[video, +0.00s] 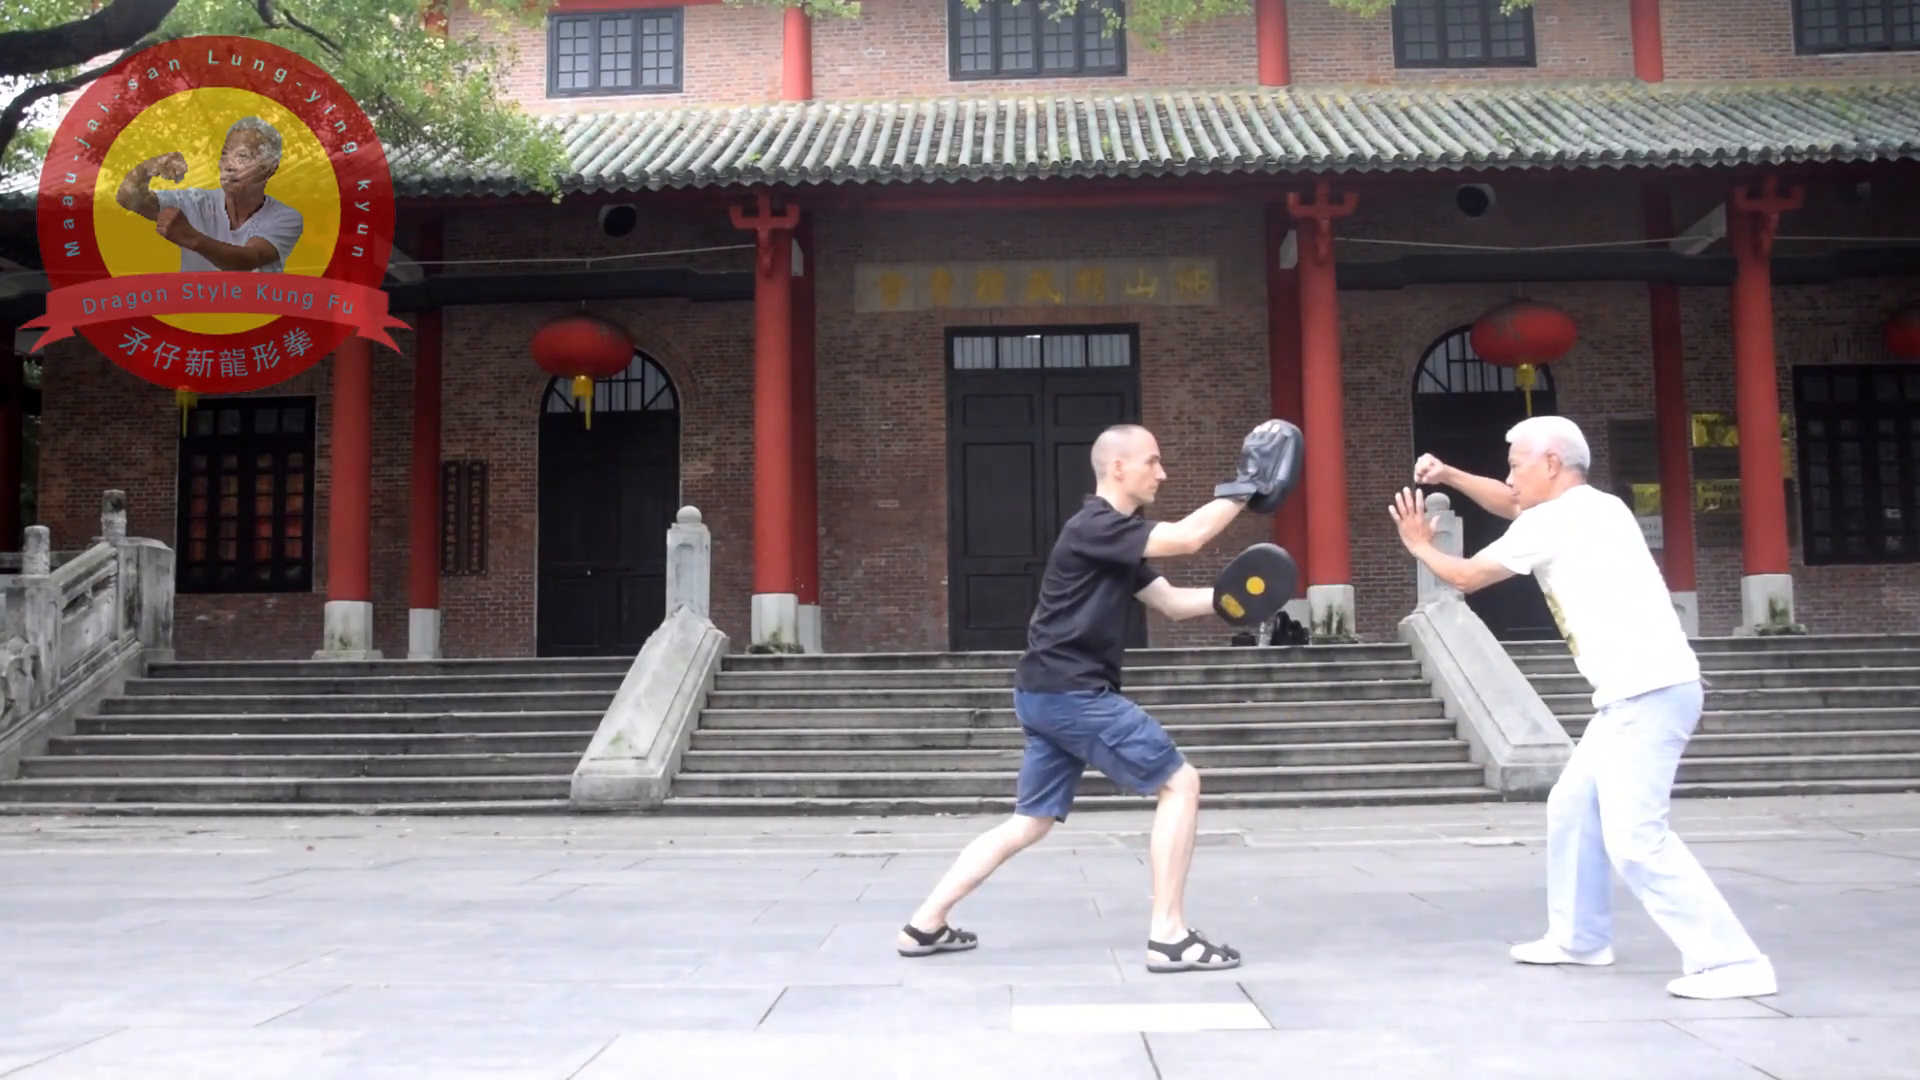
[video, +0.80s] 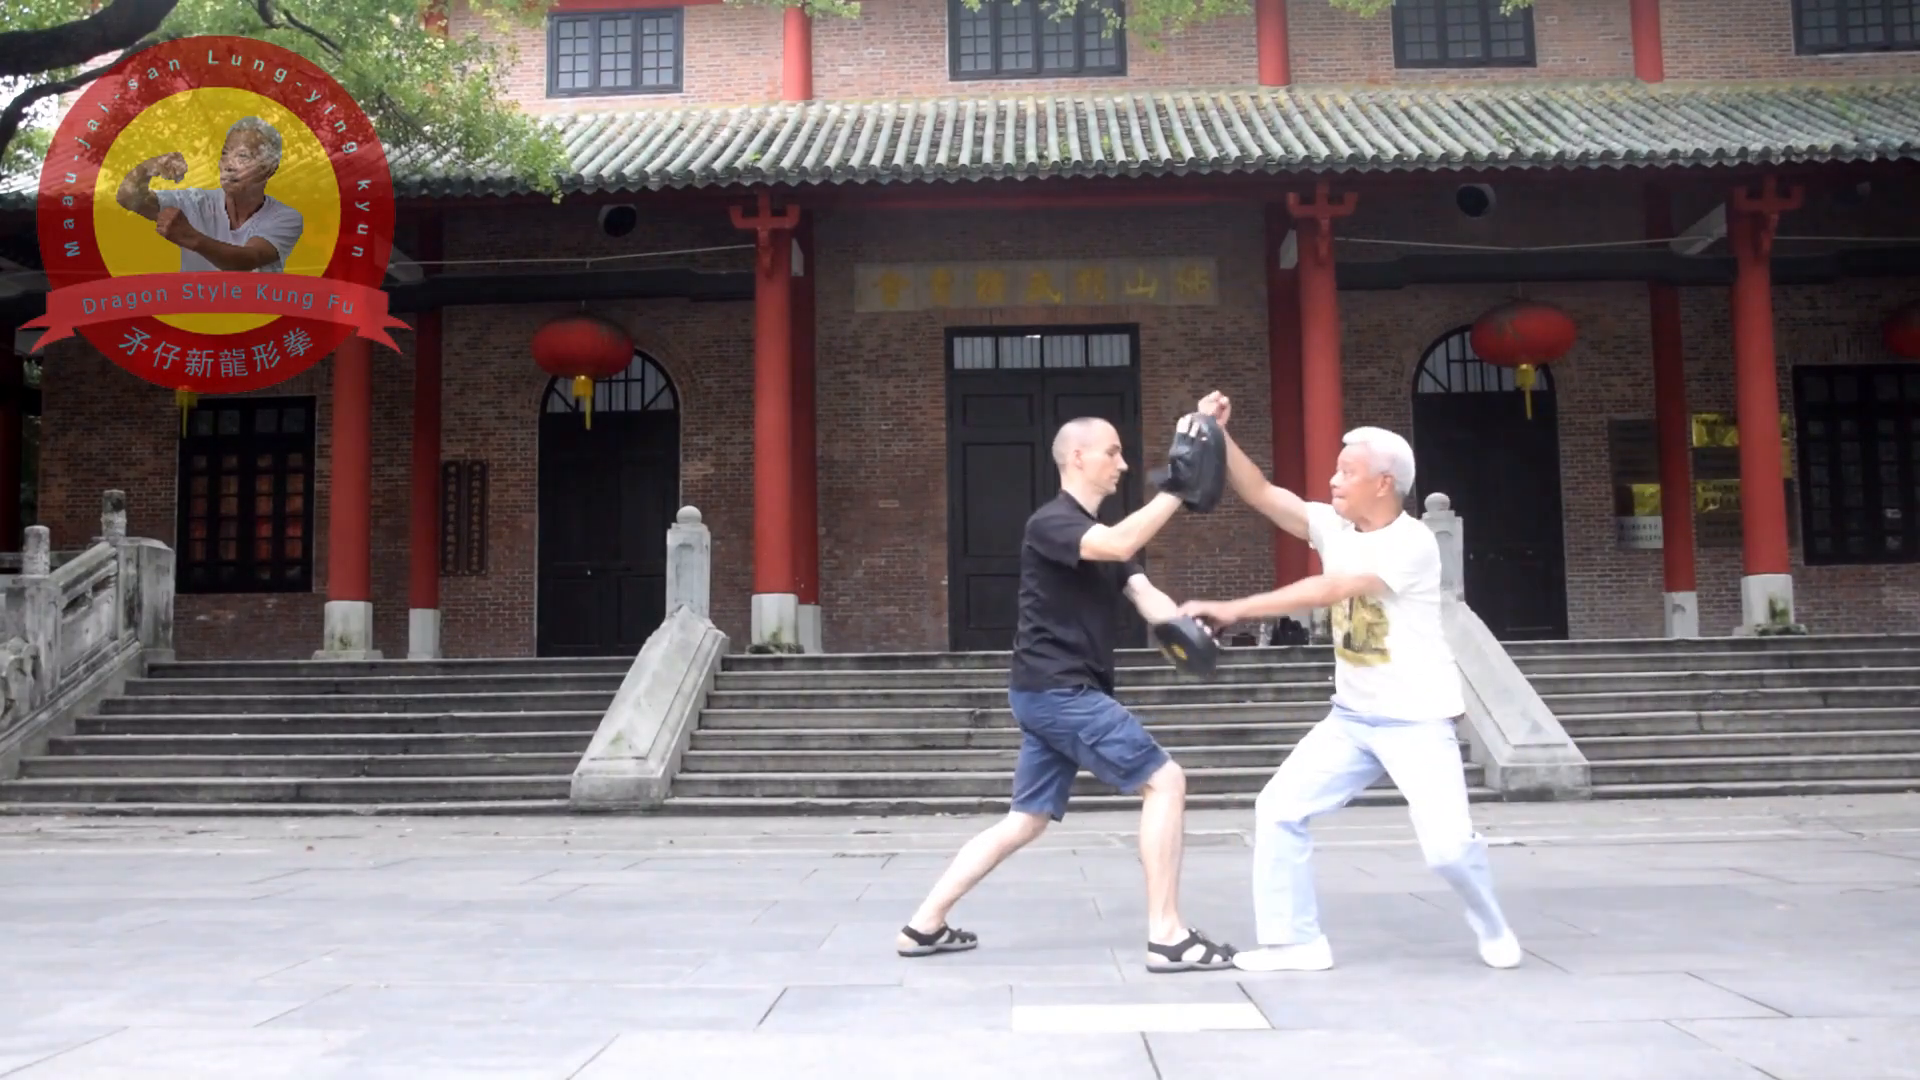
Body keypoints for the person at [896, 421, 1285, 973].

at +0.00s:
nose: (1161, 473)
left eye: (1160, 462)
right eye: (1152, 462)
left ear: (1119, 470)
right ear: (1117, 468)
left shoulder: (1109, 532)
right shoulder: (1096, 525)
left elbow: (1170, 600)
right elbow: (1188, 537)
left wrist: (1242, 596)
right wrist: (1246, 485)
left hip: (1046, 691)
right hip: (1070, 690)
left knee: (1030, 822)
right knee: (1180, 784)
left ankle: (925, 923)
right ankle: (1169, 936)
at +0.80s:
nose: (1124, 463)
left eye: (1122, 454)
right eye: (1114, 453)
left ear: (1088, 460)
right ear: (1078, 459)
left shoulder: (1103, 530)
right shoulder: (1050, 521)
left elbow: (1143, 594)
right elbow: (1118, 543)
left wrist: (1182, 625)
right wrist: (1180, 483)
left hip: (1056, 688)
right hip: (1056, 687)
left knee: (1025, 821)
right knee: (1165, 783)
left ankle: (924, 924)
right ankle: (1168, 935)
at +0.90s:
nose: (1111, 455)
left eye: (1109, 445)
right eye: (1099, 446)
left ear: (1076, 455)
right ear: (1063, 453)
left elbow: (1133, 581)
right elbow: (1091, 534)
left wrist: (1169, 604)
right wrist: (1150, 474)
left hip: (1053, 684)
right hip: (1050, 684)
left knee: (1018, 816)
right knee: (1157, 781)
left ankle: (922, 924)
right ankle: (1167, 935)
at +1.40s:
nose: (1059, 456)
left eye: (1059, 446)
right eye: (1049, 446)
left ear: (1022, 450)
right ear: (1014, 449)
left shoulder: (1015, 514)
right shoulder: (993, 509)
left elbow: (1038, 610)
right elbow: (1006, 595)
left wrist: (1109, 586)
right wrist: (1085, 574)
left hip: (1010, 683)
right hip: (996, 684)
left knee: (1053, 809)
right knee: (1082, 792)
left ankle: (953, 909)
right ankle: (1150, 930)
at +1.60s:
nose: (1013, 468)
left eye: (1013, 458)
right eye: (1003, 457)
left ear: (980, 463)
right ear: (968, 461)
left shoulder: (981, 527)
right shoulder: (939, 522)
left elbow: (1048, 560)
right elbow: (1004, 590)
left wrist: (1112, 520)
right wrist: (1083, 588)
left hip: (950, 682)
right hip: (911, 684)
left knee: (999, 802)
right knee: (980, 799)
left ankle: (940, 922)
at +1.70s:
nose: (987, 467)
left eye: (987, 457)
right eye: (978, 457)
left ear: (952, 465)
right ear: (941, 463)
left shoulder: (953, 523)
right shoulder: (916, 525)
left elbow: (1026, 549)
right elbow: (989, 589)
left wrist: (1087, 506)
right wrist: (1068, 595)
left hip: (927, 695)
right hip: (882, 695)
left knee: (978, 795)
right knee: (875, 830)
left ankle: (939, 923)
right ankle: (754, 908)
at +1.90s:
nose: (936, 470)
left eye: (935, 460)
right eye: (926, 460)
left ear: (903, 468)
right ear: (889, 466)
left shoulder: (906, 537)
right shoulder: (857, 529)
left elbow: (973, 568)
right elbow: (917, 604)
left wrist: (1031, 528)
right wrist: (994, 611)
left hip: (879, 699)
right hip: (825, 700)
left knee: (937, 791)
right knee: (803, 830)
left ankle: (934, 923)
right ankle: (713, 930)